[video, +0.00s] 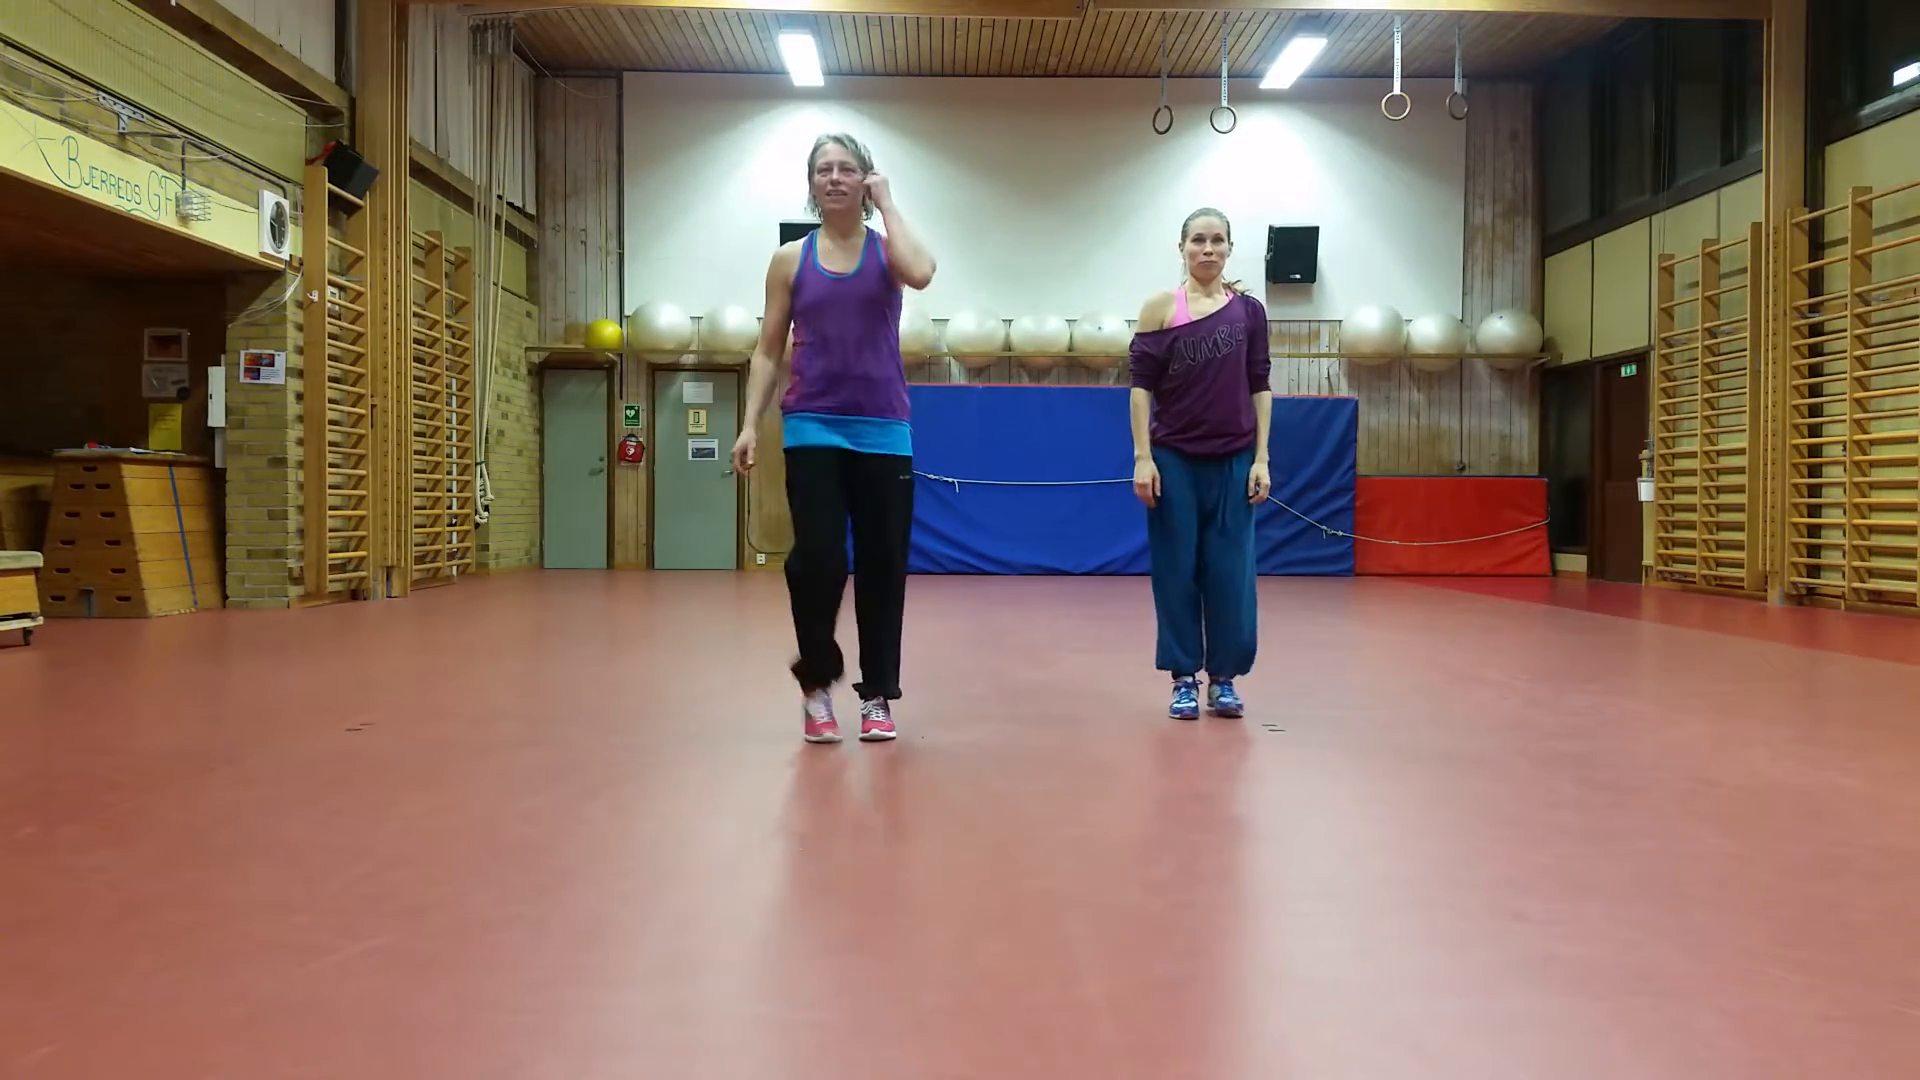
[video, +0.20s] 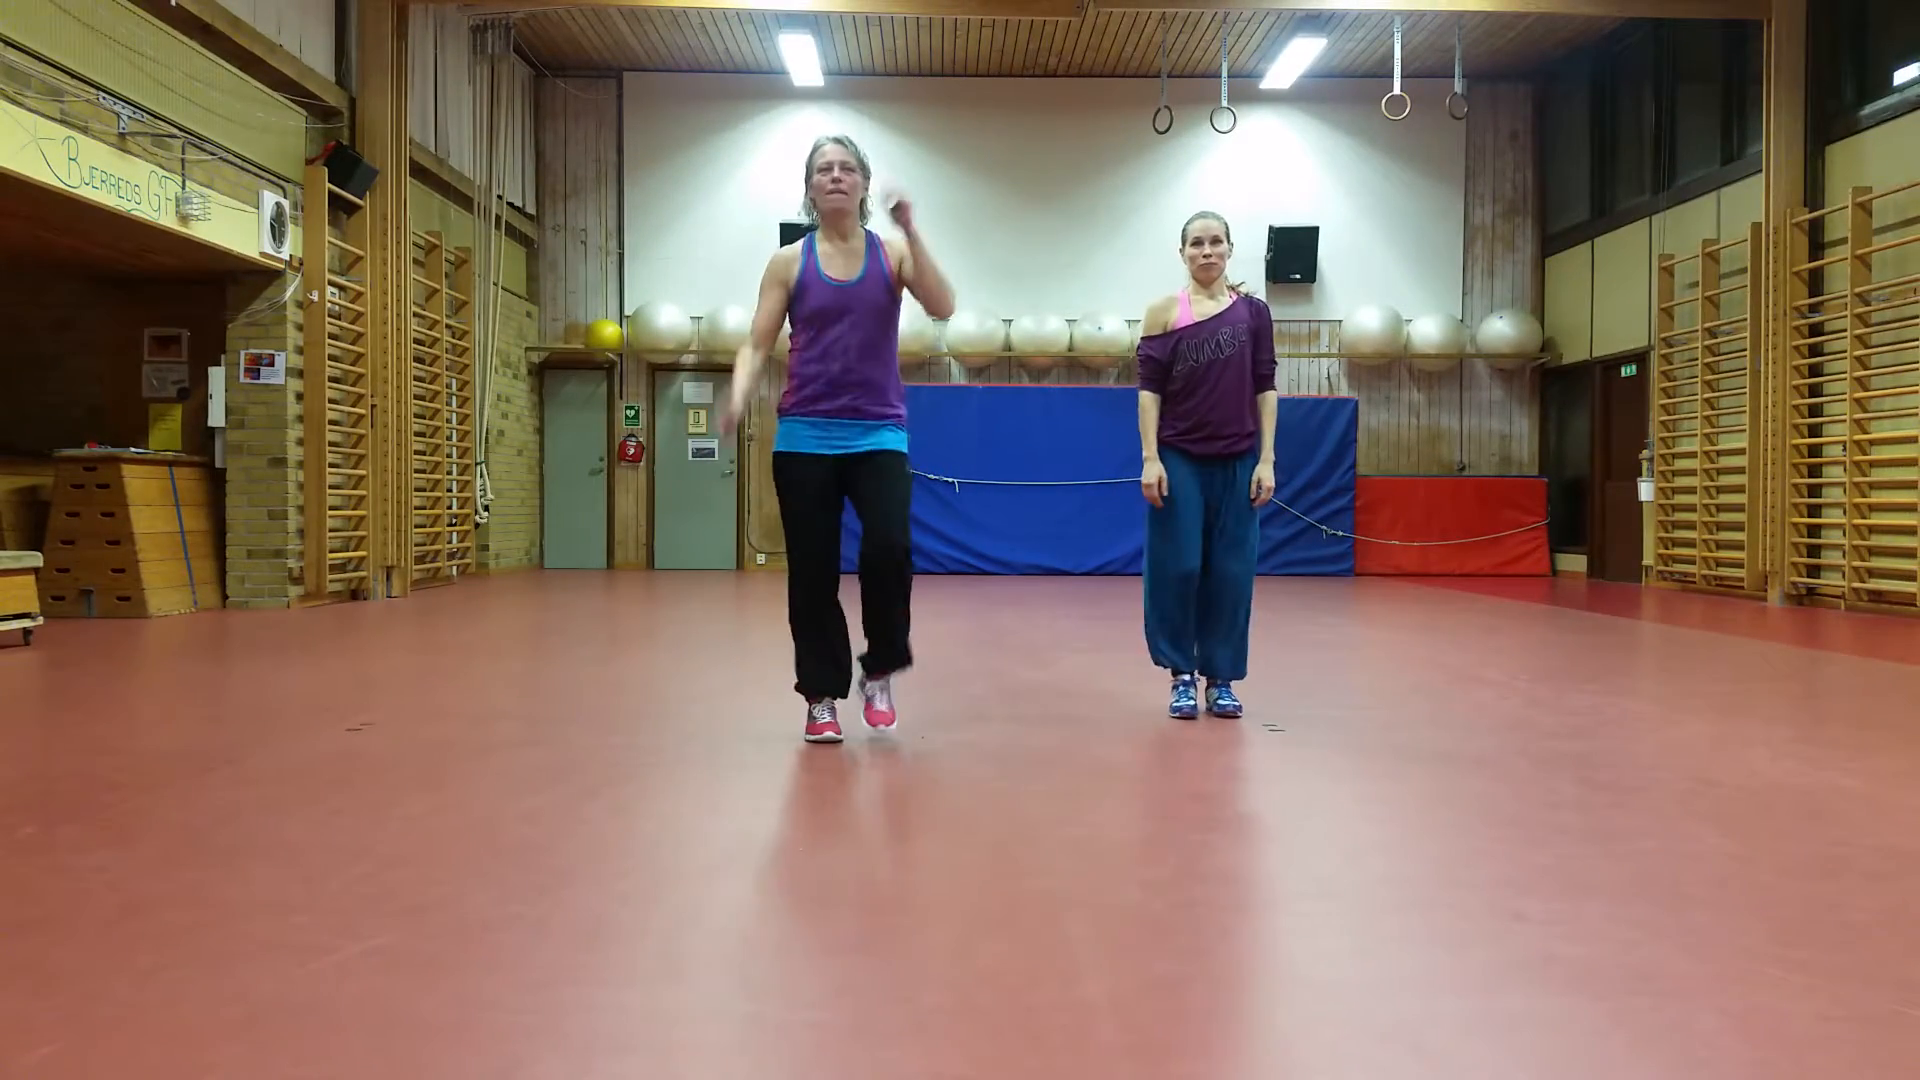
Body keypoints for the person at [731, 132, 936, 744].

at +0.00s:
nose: (834, 179)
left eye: (845, 170)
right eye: (823, 171)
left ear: (866, 183)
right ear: (810, 185)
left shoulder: (888, 245)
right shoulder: (790, 260)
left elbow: (919, 272)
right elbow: (769, 351)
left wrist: (887, 203)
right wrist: (750, 425)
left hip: (884, 426)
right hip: (811, 426)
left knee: (884, 563)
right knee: (818, 557)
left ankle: (878, 695)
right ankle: (816, 684)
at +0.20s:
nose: (836, 177)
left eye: (847, 169)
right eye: (824, 169)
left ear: (865, 184)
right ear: (808, 187)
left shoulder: (893, 250)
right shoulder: (789, 260)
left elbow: (942, 306)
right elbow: (758, 343)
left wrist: (912, 234)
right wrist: (737, 397)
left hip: (879, 432)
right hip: (805, 433)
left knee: (890, 550)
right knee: (812, 568)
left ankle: (880, 674)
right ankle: (821, 697)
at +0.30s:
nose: (839, 170)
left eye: (849, 162)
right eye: (827, 163)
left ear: (867, 179)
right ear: (811, 181)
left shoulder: (892, 239)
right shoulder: (791, 247)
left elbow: (939, 263)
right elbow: (763, 325)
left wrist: (925, 187)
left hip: (882, 422)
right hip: (810, 426)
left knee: (885, 540)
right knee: (812, 566)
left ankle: (883, 662)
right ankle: (821, 696)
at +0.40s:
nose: (842, 167)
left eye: (852, 159)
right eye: (830, 159)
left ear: (870, 175)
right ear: (815, 176)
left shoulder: (890, 239)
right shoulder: (801, 235)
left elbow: (920, 219)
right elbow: (794, 258)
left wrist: (890, 144)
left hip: (884, 416)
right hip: (816, 418)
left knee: (881, 553)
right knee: (817, 560)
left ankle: (884, 686)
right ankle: (826, 694)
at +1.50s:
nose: (870, 151)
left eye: (881, 144)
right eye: (858, 146)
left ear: (901, 161)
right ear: (844, 164)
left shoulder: (926, 225)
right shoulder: (834, 228)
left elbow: (946, 146)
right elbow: (795, 171)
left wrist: (907, 67)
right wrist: (817, 90)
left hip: (917, 415)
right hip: (842, 412)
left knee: (917, 561)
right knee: (830, 545)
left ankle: (915, 698)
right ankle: (846, 677)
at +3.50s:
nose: (889, 151)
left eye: (900, 143)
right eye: (878, 144)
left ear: (919, 160)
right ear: (861, 160)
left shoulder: (940, 222)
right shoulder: (847, 226)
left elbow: (977, 157)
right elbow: (821, 169)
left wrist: (946, 67)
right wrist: (836, 90)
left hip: (934, 413)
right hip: (860, 415)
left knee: (947, 550)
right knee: (860, 558)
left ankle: (930, 682)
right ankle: (868, 697)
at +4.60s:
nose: (890, 157)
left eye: (902, 149)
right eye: (879, 150)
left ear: (922, 168)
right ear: (865, 170)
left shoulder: (948, 234)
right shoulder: (846, 238)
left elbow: (1015, 236)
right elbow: (772, 266)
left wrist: (947, 180)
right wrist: (807, 196)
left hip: (939, 426)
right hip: (863, 424)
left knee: (943, 573)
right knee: (831, 560)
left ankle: (939, 708)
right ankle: (861, 693)